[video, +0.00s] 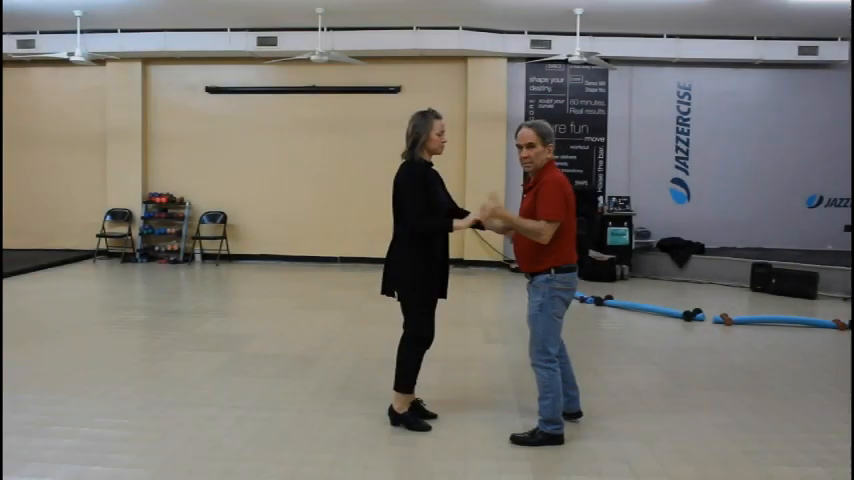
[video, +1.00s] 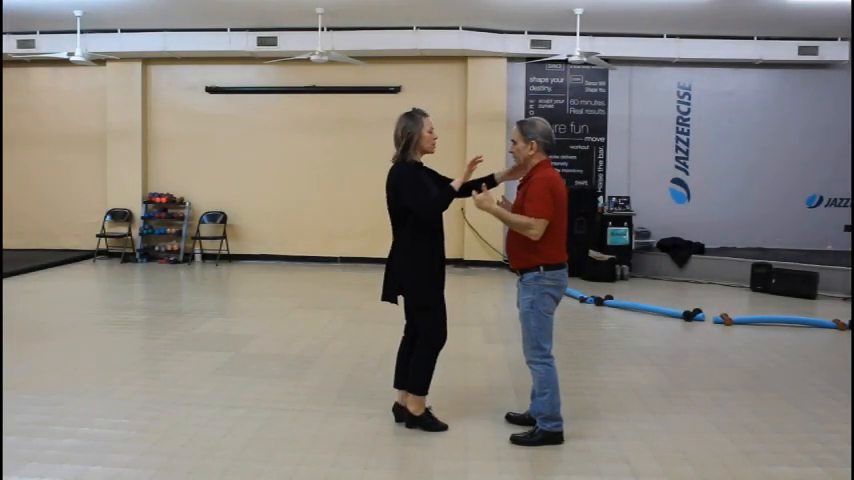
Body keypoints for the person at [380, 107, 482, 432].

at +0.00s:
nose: (444, 139)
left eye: (444, 134)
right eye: (440, 134)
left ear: (427, 137)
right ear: (423, 136)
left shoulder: (427, 172)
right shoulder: (411, 173)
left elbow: (450, 211)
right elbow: (420, 222)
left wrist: (483, 222)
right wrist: (459, 224)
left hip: (424, 270)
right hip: (411, 271)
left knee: (421, 333)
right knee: (417, 334)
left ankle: (407, 399)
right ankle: (399, 406)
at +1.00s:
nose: (435, 136)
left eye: (434, 131)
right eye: (430, 131)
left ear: (415, 136)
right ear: (414, 135)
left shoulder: (416, 170)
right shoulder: (406, 173)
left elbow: (460, 188)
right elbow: (431, 207)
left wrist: (505, 175)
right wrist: (456, 183)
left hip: (418, 269)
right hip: (420, 271)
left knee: (416, 332)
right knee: (433, 335)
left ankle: (403, 402)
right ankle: (416, 407)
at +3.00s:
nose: (443, 134)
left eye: (441, 128)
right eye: (438, 129)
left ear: (424, 133)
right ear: (423, 134)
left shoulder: (425, 168)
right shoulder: (420, 170)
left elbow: (442, 214)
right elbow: (451, 189)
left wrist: (473, 208)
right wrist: (476, 155)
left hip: (432, 267)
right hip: (427, 269)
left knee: (434, 337)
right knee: (433, 338)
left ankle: (426, 406)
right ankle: (424, 410)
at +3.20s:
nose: (444, 134)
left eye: (443, 128)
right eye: (439, 129)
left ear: (425, 133)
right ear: (423, 133)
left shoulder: (427, 168)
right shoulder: (421, 170)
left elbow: (443, 212)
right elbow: (450, 188)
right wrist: (475, 153)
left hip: (432, 268)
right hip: (426, 270)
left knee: (434, 338)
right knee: (431, 339)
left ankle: (425, 406)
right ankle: (424, 410)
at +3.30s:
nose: (446, 133)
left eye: (444, 128)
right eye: (440, 128)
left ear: (425, 133)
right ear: (425, 133)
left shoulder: (426, 167)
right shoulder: (423, 169)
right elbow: (455, 189)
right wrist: (480, 153)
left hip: (430, 267)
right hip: (427, 269)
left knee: (432, 338)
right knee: (431, 339)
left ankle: (426, 406)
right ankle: (424, 411)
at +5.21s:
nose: (461, 133)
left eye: (459, 127)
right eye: (456, 128)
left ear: (442, 132)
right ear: (441, 133)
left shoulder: (442, 168)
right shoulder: (439, 170)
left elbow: (474, 196)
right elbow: (473, 187)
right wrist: (502, 161)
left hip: (444, 267)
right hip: (440, 269)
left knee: (438, 339)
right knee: (436, 340)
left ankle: (427, 407)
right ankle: (424, 411)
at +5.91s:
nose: (461, 133)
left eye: (460, 128)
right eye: (456, 128)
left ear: (441, 133)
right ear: (441, 133)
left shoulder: (442, 167)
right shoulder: (440, 170)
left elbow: (472, 197)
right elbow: (472, 187)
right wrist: (501, 161)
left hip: (444, 267)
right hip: (441, 269)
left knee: (439, 339)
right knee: (437, 340)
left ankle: (427, 407)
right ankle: (424, 411)